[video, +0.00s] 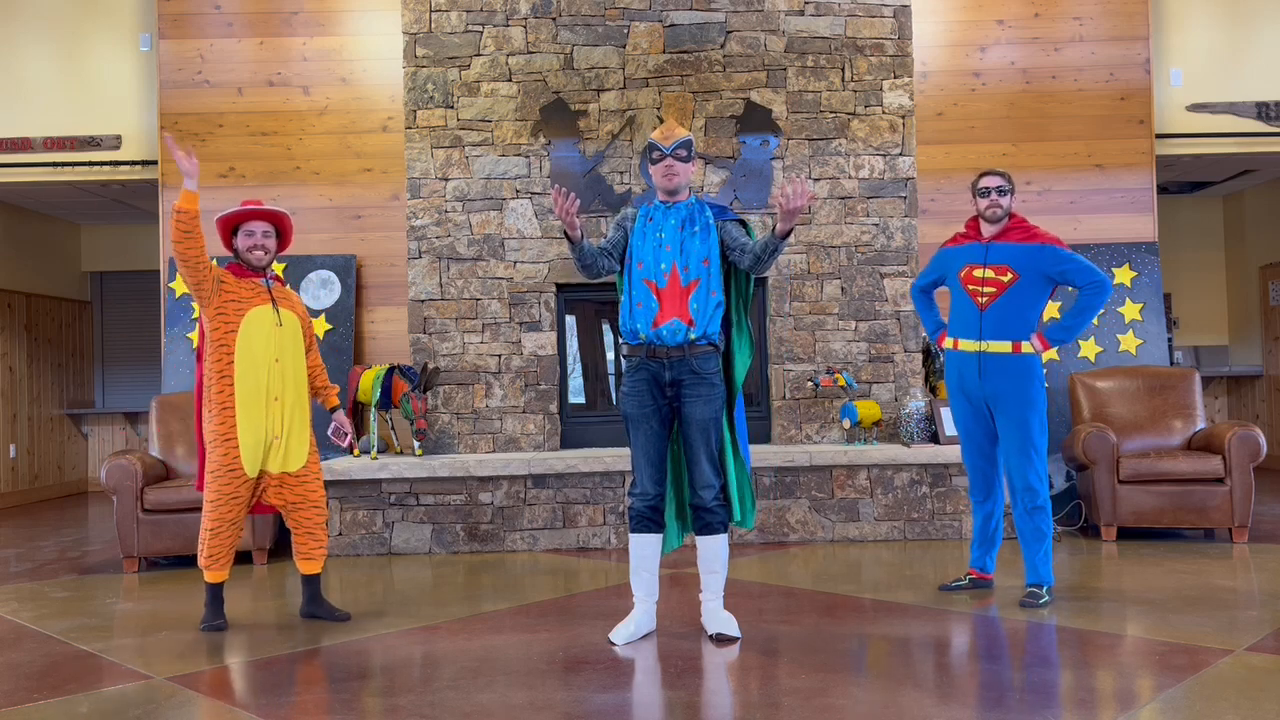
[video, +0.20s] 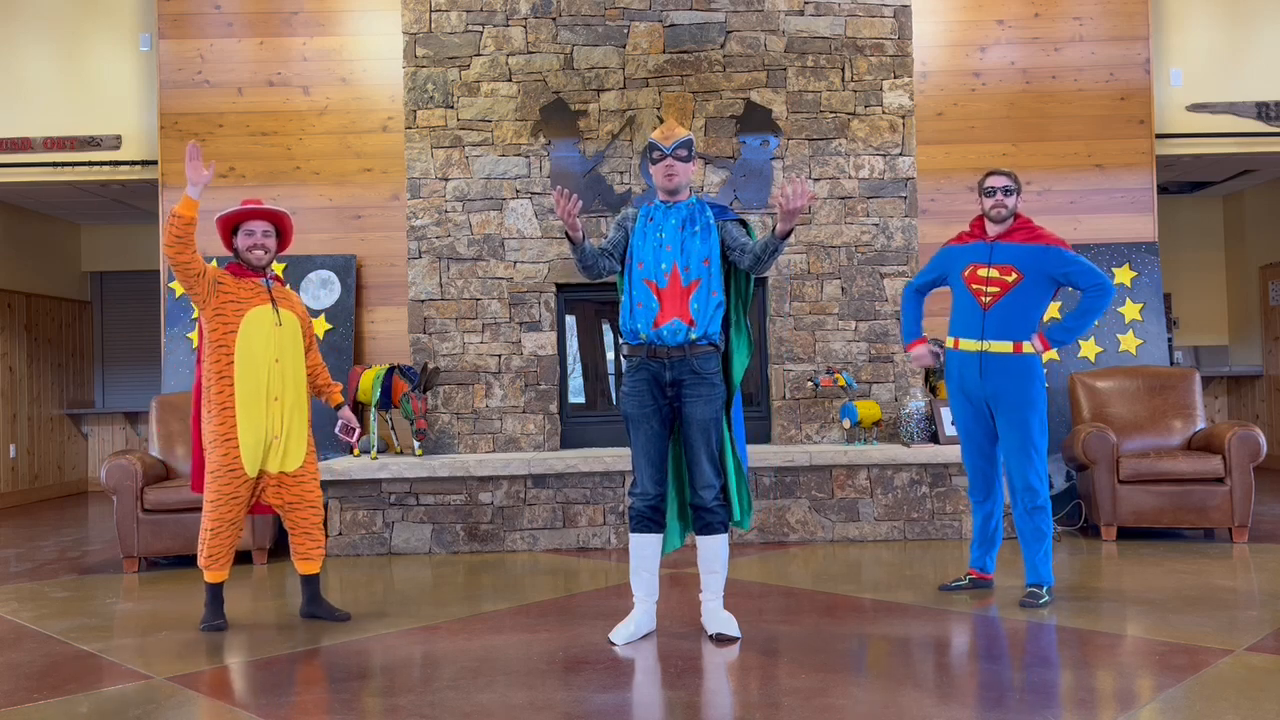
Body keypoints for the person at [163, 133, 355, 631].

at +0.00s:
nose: (258, 241)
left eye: (266, 235)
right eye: (248, 234)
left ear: (278, 244)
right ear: (233, 242)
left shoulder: (292, 299)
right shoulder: (215, 288)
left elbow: (311, 361)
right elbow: (186, 247)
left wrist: (334, 406)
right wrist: (190, 184)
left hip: (289, 422)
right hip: (232, 423)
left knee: (310, 504)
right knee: (222, 511)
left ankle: (312, 597)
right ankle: (214, 604)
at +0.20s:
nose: (258, 240)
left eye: (266, 233)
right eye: (249, 233)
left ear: (278, 244)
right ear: (234, 241)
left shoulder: (291, 298)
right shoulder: (213, 285)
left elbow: (312, 361)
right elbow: (178, 250)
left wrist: (339, 405)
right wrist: (191, 194)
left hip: (287, 422)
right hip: (230, 423)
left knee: (307, 503)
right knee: (222, 510)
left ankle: (312, 597)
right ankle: (214, 604)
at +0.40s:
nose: (257, 240)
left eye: (266, 233)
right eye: (248, 233)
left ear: (277, 243)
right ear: (233, 242)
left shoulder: (290, 298)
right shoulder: (212, 285)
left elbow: (310, 361)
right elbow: (177, 250)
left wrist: (338, 405)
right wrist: (189, 193)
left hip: (287, 421)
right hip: (231, 422)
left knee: (307, 503)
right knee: (222, 509)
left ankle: (312, 597)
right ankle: (214, 603)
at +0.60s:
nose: (257, 239)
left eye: (265, 233)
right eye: (247, 233)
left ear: (277, 243)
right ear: (233, 242)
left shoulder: (290, 298)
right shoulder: (211, 285)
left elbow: (310, 362)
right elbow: (171, 248)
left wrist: (333, 407)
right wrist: (185, 192)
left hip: (287, 421)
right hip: (230, 422)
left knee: (307, 504)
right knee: (223, 509)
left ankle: (312, 598)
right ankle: (214, 605)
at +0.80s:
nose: (258, 241)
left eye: (266, 234)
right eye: (249, 233)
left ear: (277, 243)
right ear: (233, 241)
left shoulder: (289, 298)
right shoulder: (209, 287)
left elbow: (312, 360)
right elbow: (161, 259)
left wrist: (333, 408)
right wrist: (189, 206)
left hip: (288, 422)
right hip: (231, 422)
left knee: (308, 507)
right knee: (223, 511)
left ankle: (313, 598)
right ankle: (214, 605)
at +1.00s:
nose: (257, 240)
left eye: (265, 235)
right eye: (248, 234)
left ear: (277, 244)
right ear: (233, 242)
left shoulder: (294, 300)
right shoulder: (209, 287)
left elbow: (314, 360)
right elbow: (154, 261)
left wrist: (339, 407)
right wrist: (188, 217)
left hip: (289, 422)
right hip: (231, 421)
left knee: (308, 502)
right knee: (223, 507)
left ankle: (313, 598)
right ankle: (213, 605)